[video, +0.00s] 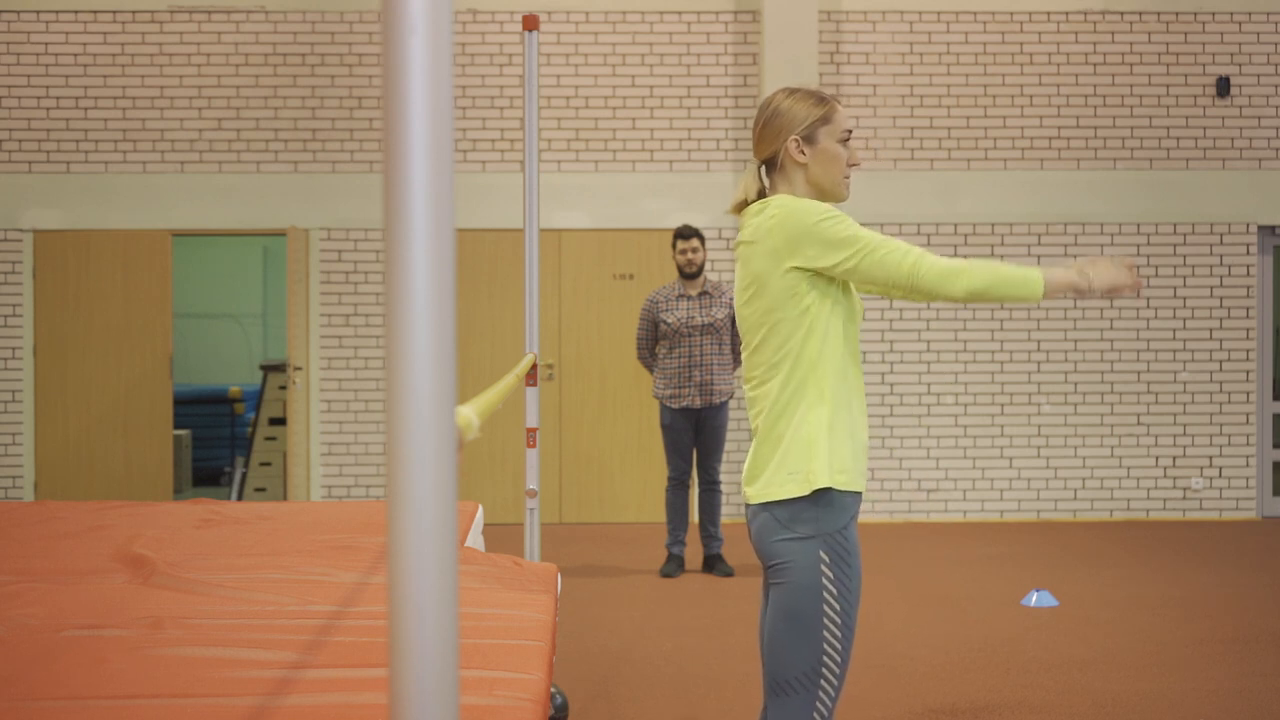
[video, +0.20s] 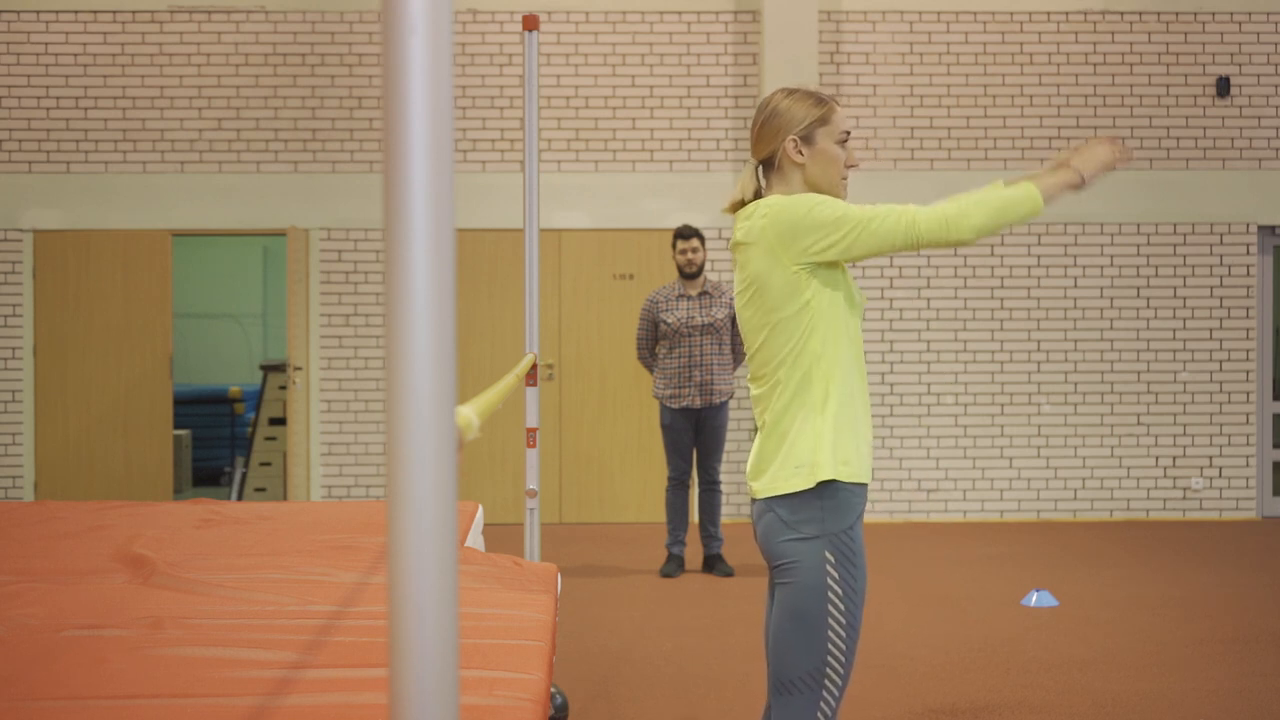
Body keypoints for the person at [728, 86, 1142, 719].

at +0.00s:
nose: (854, 156)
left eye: (850, 139)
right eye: (841, 140)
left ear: (798, 153)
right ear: (797, 151)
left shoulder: (778, 224)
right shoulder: (795, 223)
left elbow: (925, 277)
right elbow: (931, 276)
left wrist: (1067, 279)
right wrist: (1073, 277)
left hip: (799, 501)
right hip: (809, 502)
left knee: (794, 704)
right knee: (804, 706)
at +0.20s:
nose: (852, 156)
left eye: (848, 141)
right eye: (840, 141)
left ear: (796, 153)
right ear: (796, 151)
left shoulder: (782, 223)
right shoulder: (785, 221)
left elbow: (927, 223)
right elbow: (932, 225)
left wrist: (1047, 176)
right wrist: (1064, 176)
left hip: (806, 498)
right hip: (812, 499)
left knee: (800, 703)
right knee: (807, 705)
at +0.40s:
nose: (849, 159)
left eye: (848, 144)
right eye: (840, 144)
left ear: (790, 151)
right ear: (792, 149)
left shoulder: (782, 221)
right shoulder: (783, 222)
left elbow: (913, 176)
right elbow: (932, 180)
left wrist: (1005, 94)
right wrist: (1028, 89)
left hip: (814, 494)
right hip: (819, 497)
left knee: (802, 702)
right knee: (814, 704)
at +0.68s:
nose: (845, 158)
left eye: (845, 143)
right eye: (838, 143)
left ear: (792, 153)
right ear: (797, 152)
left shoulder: (784, 222)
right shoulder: (780, 223)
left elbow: (873, 127)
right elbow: (904, 129)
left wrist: (930, 17)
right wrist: (952, 16)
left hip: (831, 489)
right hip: (828, 494)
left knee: (818, 698)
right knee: (819, 702)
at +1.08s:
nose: (856, 164)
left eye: (852, 149)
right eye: (842, 147)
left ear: (791, 156)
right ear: (797, 157)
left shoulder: (794, 232)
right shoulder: (784, 232)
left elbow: (825, 97)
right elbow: (853, 93)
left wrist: (821, 3)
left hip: (844, 490)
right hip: (843, 494)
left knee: (819, 697)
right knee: (830, 701)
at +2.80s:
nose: (842, 157)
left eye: (842, 142)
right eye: (835, 142)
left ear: (789, 153)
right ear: (792, 151)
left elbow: (869, 124)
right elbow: (899, 126)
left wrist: (911, 18)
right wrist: (934, 17)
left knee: (808, 695)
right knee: (813, 699)